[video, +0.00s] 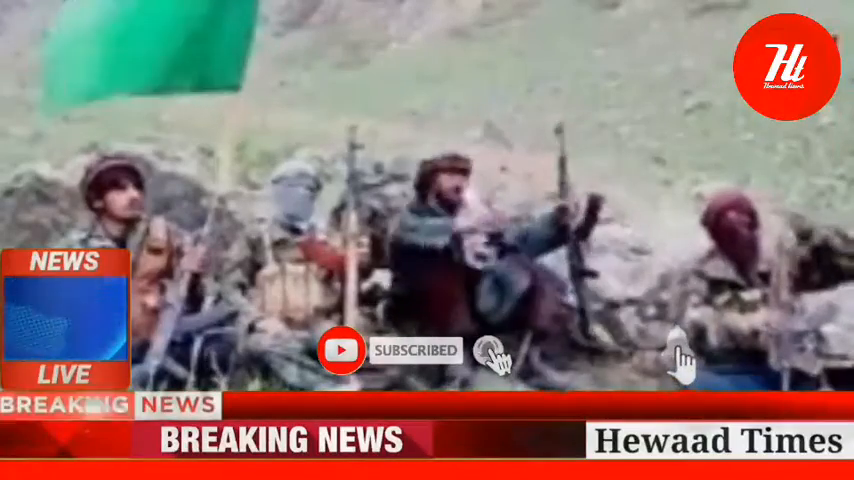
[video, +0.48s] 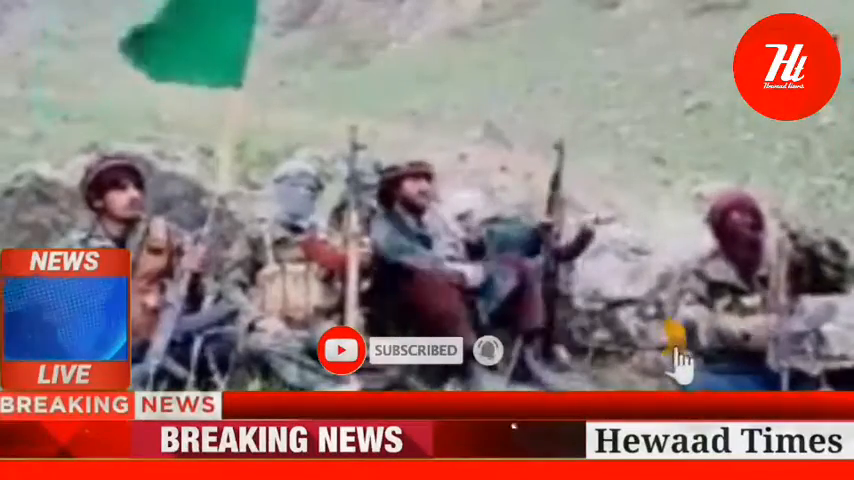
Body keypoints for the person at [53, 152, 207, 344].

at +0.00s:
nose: (134, 195)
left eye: (137, 187)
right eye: (120, 188)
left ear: (144, 194)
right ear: (97, 201)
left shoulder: (160, 241)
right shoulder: (73, 251)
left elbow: (190, 308)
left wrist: (193, 277)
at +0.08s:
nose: (135, 195)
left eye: (138, 187)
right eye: (120, 187)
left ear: (144, 194)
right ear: (97, 201)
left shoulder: (161, 241)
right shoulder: (73, 251)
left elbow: (190, 308)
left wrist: (193, 277)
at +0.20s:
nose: (135, 195)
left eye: (138, 187)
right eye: (121, 187)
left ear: (144, 194)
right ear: (97, 201)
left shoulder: (159, 242)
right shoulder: (73, 252)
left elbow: (190, 308)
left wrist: (193, 277)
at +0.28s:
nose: (135, 195)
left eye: (138, 187)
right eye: (121, 187)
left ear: (144, 194)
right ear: (97, 201)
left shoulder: (159, 243)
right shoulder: (73, 252)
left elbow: (189, 308)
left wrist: (193, 277)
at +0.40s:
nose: (135, 195)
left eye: (138, 187)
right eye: (121, 187)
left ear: (144, 194)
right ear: (97, 201)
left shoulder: (159, 242)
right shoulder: (73, 252)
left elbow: (189, 309)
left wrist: (193, 277)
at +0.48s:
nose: (135, 195)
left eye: (138, 187)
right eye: (121, 187)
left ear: (144, 194)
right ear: (97, 201)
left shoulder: (161, 241)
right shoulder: (73, 251)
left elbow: (189, 307)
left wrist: (193, 277)